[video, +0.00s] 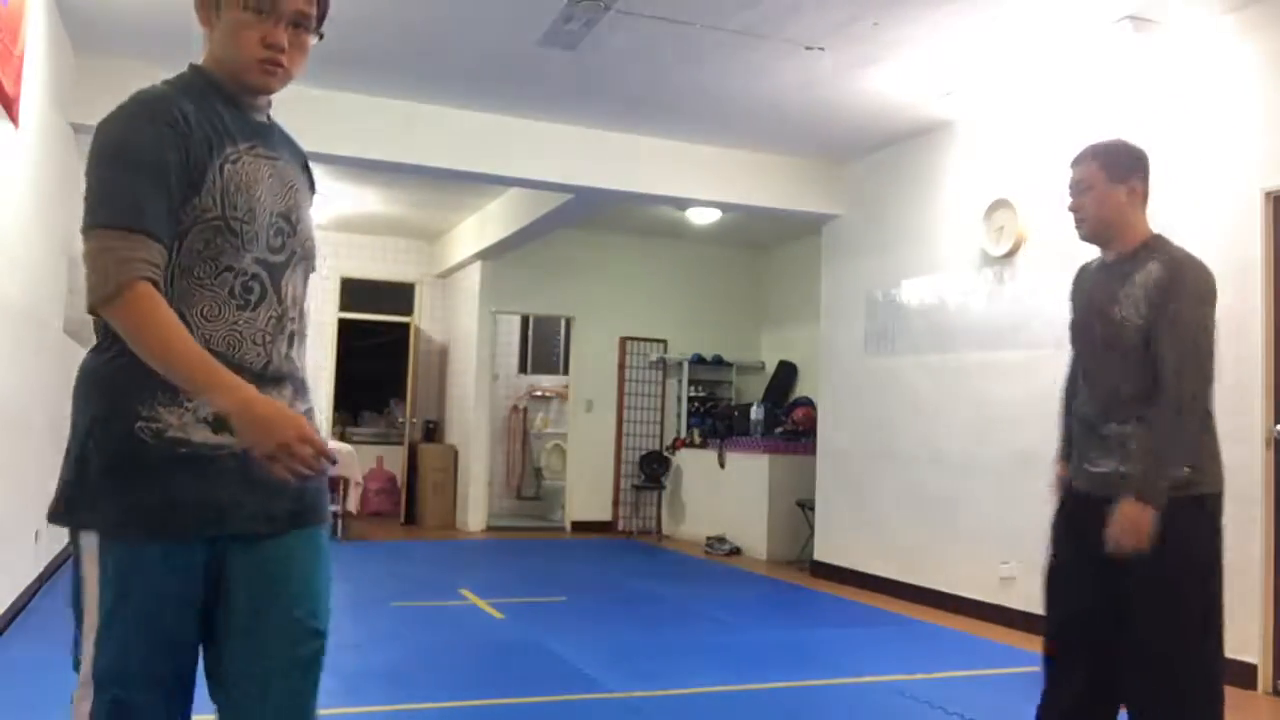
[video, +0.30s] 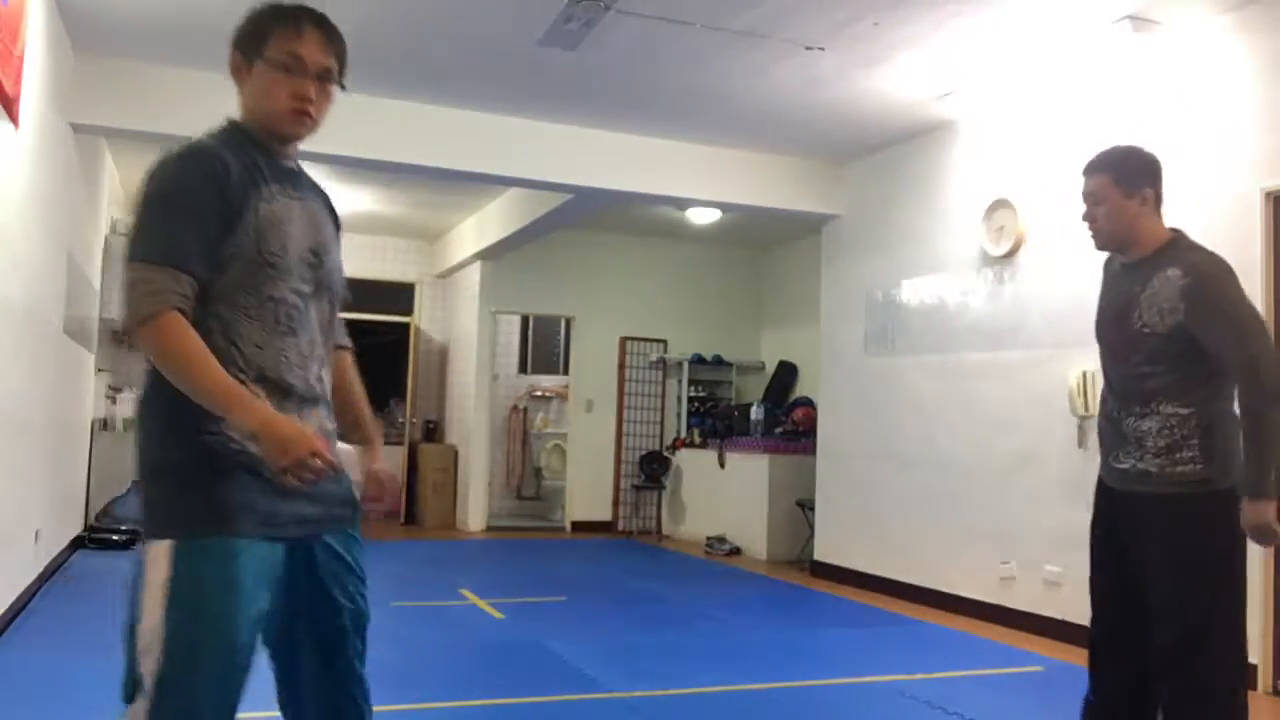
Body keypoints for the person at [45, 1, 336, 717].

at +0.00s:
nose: (280, 37)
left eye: (301, 25)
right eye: (260, 13)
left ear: (314, 44)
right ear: (208, 14)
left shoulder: (291, 157)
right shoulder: (150, 122)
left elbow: (273, 314)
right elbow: (121, 291)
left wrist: (291, 432)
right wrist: (248, 409)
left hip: (277, 489)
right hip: (149, 483)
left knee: (279, 706)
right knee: (132, 706)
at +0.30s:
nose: (309, 90)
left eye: (325, 79)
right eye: (289, 69)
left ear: (334, 95)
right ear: (242, 69)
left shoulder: (316, 201)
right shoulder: (197, 169)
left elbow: (330, 337)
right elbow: (152, 317)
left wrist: (370, 442)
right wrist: (261, 421)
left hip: (320, 498)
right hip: (213, 497)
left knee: (334, 698)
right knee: (186, 702)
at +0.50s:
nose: (353, 118)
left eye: (367, 107)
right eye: (336, 98)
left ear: (376, 122)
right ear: (290, 101)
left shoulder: (352, 219)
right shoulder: (257, 192)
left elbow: (376, 339)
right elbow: (238, 323)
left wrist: (464, 386)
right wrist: (368, 383)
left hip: (353, 478)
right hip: (265, 477)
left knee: (357, 672)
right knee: (220, 678)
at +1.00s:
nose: (342, 133)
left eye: (345, 122)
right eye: (330, 116)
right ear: (274, 110)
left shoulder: (324, 226)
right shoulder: (222, 196)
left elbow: (396, 317)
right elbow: (279, 302)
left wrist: (475, 269)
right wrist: (382, 261)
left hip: (328, 459)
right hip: (236, 460)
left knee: (368, 610)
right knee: (204, 648)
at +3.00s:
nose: (483, 175)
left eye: (495, 166)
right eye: (470, 159)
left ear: (503, 176)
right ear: (432, 158)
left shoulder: (468, 252)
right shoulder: (412, 229)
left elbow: (475, 360)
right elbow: (409, 337)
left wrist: (558, 355)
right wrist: (513, 321)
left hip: (472, 458)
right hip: (408, 460)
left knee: (510, 598)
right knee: (382, 625)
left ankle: (475, 716)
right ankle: (334, 715)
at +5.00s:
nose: (614, 224)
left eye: (618, 212)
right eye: (610, 208)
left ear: (578, 202)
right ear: (573, 197)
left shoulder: (586, 275)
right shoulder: (521, 256)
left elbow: (670, 307)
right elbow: (596, 323)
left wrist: (746, 271)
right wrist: (647, 278)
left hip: (572, 467)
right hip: (513, 468)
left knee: (608, 599)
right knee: (493, 620)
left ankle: (599, 714)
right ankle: (440, 716)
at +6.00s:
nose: (569, 194)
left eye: (570, 183)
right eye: (562, 179)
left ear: (527, 180)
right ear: (526, 176)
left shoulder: (527, 258)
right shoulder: (489, 243)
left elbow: (589, 343)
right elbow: (548, 336)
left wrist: (652, 296)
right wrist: (607, 284)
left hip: (543, 458)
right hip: (494, 458)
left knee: (567, 606)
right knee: (476, 623)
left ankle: (562, 715)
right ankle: (431, 715)